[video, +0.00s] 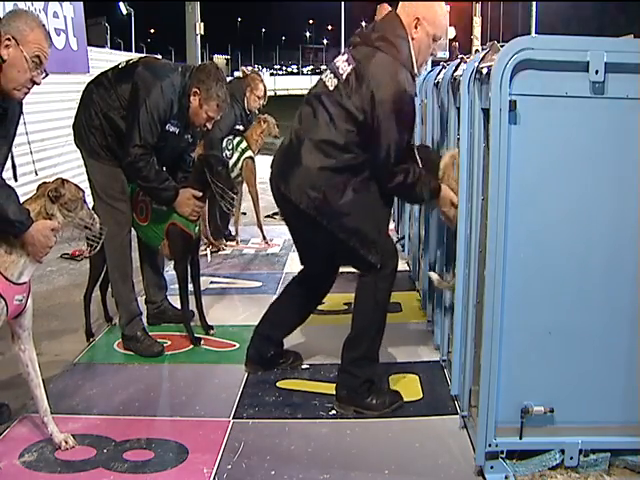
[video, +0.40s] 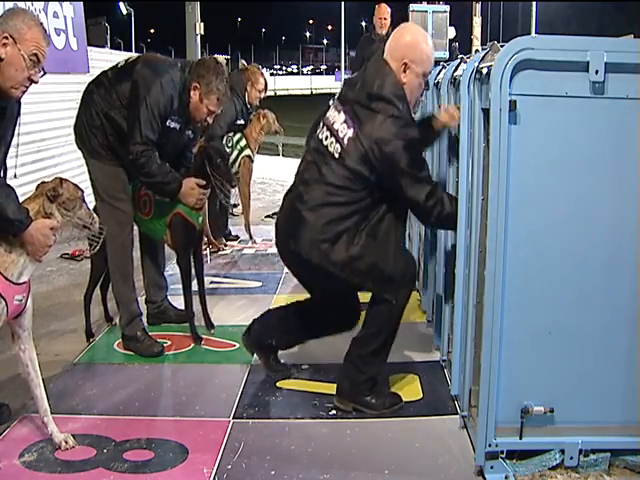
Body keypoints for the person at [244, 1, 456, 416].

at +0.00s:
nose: (437, 51)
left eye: (440, 41)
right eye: (436, 39)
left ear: (406, 21)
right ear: (413, 27)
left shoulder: (368, 49)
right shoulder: (391, 73)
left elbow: (391, 145)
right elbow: (392, 170)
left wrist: (435, 164)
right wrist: (436, 193)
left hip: (292, 173)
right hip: (324, 181)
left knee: (319, 270)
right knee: (380, 261)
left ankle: (263, 350)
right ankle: (358, 386)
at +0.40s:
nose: (426, 83)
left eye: (427, 74)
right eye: (424, 74)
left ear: (395, 63)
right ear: (404, 70)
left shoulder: (361, 87)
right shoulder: (393, 129)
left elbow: (384, 149)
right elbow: (433, 206)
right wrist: (490, 218)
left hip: (296, 229)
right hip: (325, 240)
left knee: (340, 312)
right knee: (400, 275)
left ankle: (264, 333)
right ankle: (359, 388)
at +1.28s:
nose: (405, 128)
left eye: (406, 120)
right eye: (402, 120)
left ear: (373, 109)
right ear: (380, 115)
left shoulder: (347, 128)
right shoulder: (375, 168)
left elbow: (392, 168)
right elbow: (428, 227)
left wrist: (429, 190)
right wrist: (473, 242)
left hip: (299, 270)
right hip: (320, 280)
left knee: (348, 351)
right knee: (400, 277)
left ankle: (275, 330)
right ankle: (358, 388)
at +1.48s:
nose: (399, 137)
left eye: (401, 129)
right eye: (395, 129)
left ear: (374, 116)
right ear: (374, 120)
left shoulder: (349, 135)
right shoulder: (355, 159)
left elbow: (395, 192)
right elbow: (391, 225)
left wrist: (430, 239)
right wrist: (423, 267)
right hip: (309, 281)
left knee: (358, 352)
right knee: (390, 274)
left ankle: (277, 332)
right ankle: (358, 388)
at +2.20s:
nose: (402, 84)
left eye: (404, 75)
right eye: (403, 74)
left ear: (376, 59)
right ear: (390, 66)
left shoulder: (344, 86)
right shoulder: (353, 98)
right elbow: (361, 193)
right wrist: (393, 236)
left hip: (297, 230)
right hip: (305, 234)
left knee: (349, 314)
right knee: (391, 271)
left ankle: (271, 336)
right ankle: (357, 387)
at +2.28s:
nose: (397, 58)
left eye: (400, 49)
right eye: (399, 48)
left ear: (367, 29)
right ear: (390, 39)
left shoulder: (330, 66)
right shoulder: (356, 78)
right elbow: (373, 169)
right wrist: (397, 230)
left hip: (290, 208)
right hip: (311, 211)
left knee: (349, 288)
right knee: (390, 272)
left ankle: (272, 339)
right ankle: (358, 386)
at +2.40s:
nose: (391, 19)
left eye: (392, 11)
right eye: (391, 10)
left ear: (352, 3)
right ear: (377, 5)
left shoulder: (313, 31)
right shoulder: (367, 46)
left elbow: (294, 114)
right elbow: (383, 138)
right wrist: (401, 211)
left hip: (285, 187)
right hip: (327, 191)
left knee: (334, 265)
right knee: (387, 265)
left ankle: (281, 362)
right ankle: (358, 385)